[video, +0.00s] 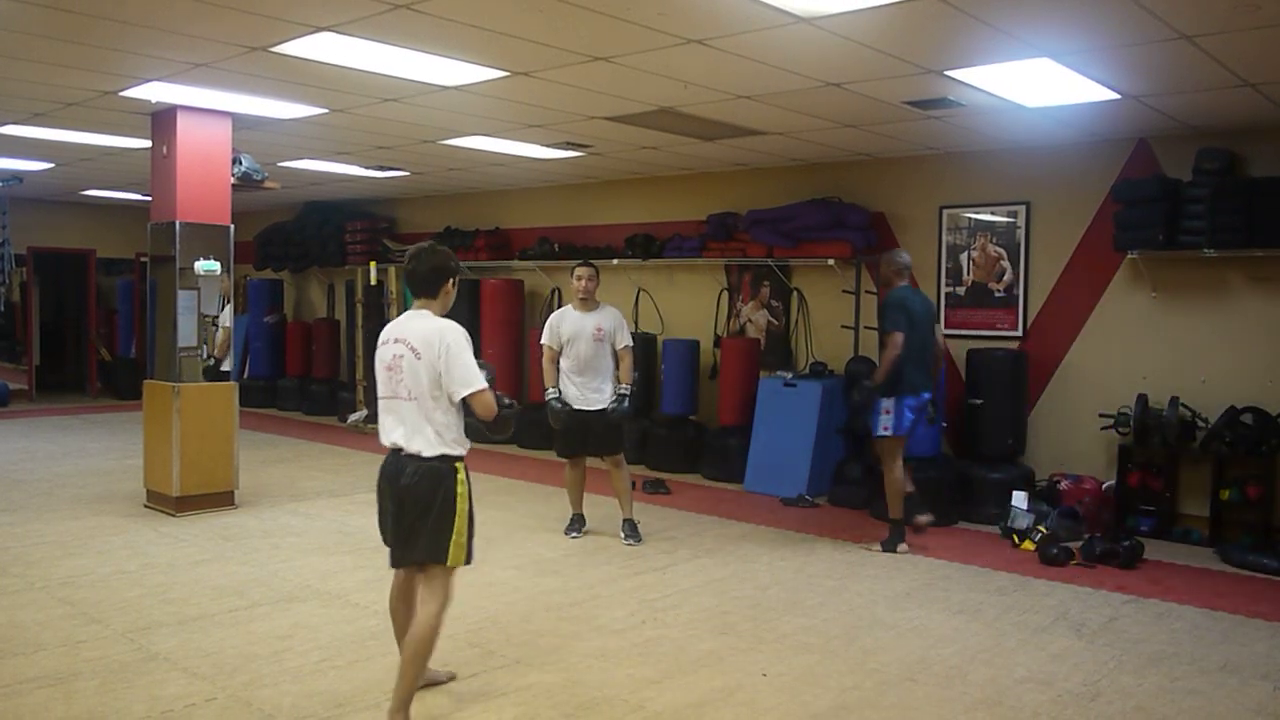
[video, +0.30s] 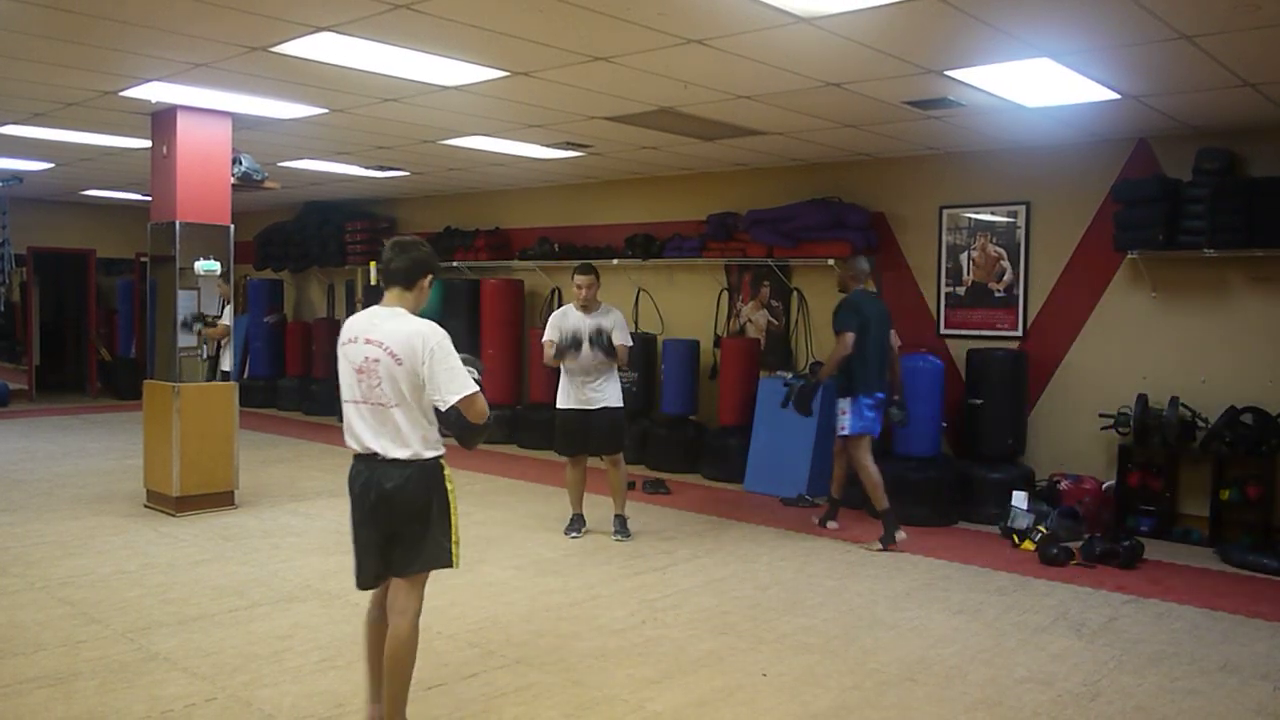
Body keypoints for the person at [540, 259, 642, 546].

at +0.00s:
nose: (584, 284)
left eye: (590, 279)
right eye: (579, 279)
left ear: (598, 284)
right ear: (571, 283)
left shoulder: (612, 317)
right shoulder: (557, 319)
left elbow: (625, 356)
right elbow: (549, 359)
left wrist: (624, 392)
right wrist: (552, 395)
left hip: (606, 405)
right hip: (569, 405)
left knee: (616, 461)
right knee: (573, 461)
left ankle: (628, 520)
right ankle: (576, 516)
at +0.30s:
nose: (583, 293)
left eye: (589, 287)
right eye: (578, 287)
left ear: (598, 286)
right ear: (572, 287)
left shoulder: (613, 316)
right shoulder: (559, 317)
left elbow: (623, 360)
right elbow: (549, 359)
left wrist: (608, 348)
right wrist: (564, 353)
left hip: (607, 400)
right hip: (571, 401)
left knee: (614, 458)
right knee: (575, 459)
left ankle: (620, 517)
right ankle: (576, 516)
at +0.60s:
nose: (592, 292)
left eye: (598, 287)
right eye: (588, 287)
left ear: (609, 286)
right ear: (582, 285)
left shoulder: (620, 315)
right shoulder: (568, 313)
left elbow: (621, 352)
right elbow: (557, 348)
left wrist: (607, 319)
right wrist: (573, 315)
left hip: (610, 399)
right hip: (575, 399)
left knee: (615, 459)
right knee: (577, 459)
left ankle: (620, 517)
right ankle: (577, 516)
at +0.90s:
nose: (606, 288)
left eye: (612, 284)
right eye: (602, 283)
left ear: (621, 287)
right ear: (596, 284)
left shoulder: (633, 321)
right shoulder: (578, 316)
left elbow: (647, 360)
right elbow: (564, 354)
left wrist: (634, 380)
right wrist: (567, 381)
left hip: (618, 406)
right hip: (582, 403)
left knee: (617, 460)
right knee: (581, 460)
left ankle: (620, 518)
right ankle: (577, 516)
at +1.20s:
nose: (618, 291)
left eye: (625, 287)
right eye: (614, 285)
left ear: (634, 290)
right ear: (608, 285)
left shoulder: (644, 324)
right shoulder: (589, 316)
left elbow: (658, 363)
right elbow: (574, 353)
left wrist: (642, 386)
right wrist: (571, 385)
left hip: (624, 405)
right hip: (588, 402)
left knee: (623, 460)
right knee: (584, 459)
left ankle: (621, 518)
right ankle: (578, 515)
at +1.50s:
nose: (623, 290)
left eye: (630, 286)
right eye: (620, 283)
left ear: (640, 289)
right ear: (614, 284)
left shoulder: (648, 323)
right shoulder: (594, 315)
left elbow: (654, 366)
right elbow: (580, 353)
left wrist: (637, 396)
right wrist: (576, 386)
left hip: (625, 404)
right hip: (591, 402)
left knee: (624, 460)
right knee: (580, 456)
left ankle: (621, 518)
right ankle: (576, 513)